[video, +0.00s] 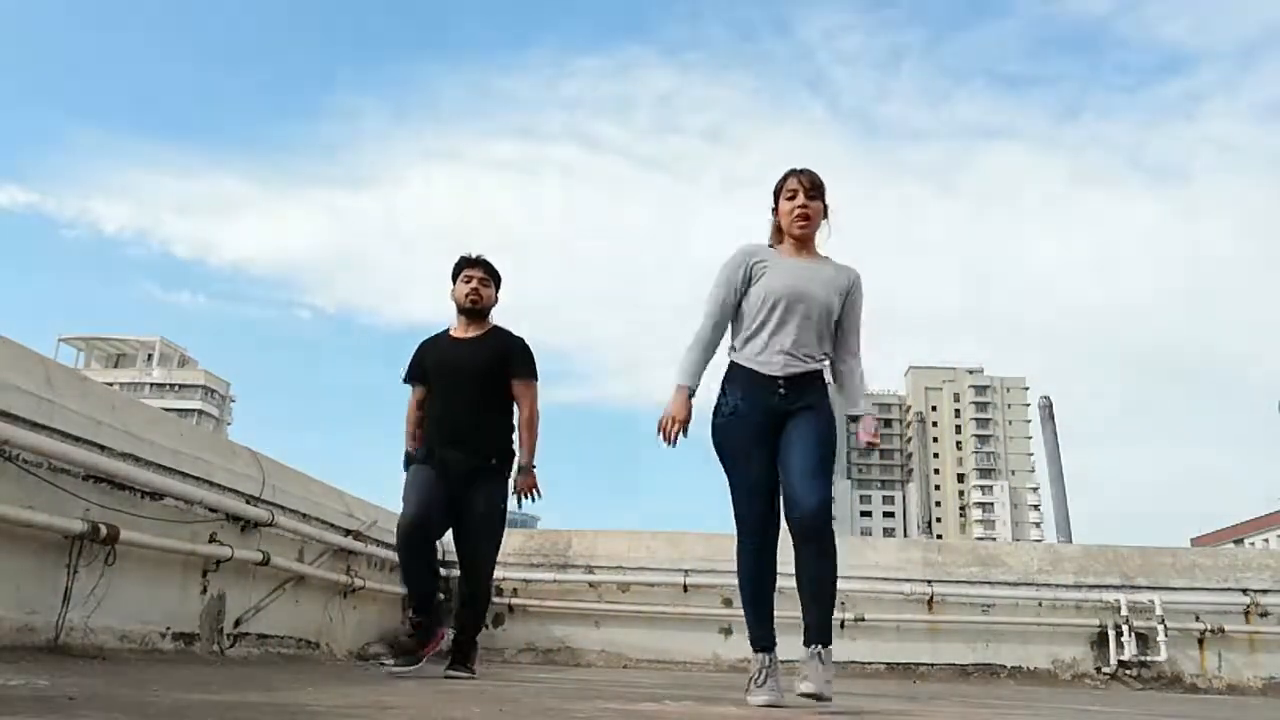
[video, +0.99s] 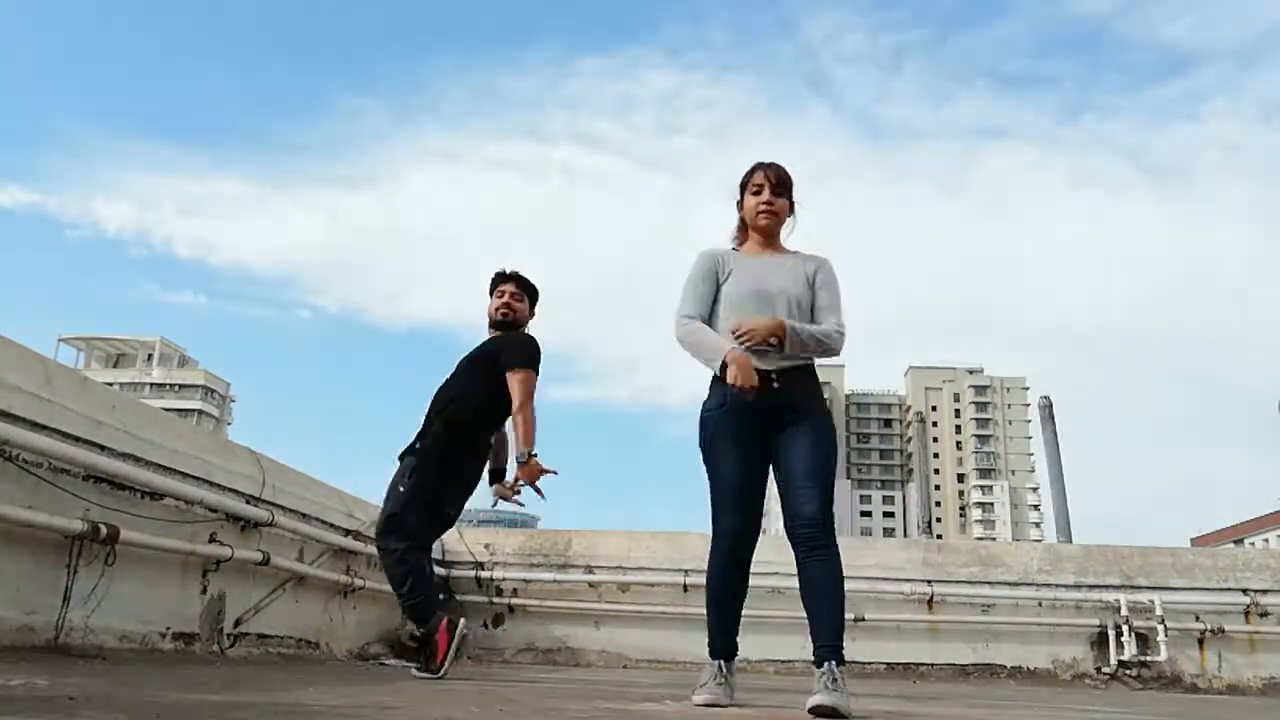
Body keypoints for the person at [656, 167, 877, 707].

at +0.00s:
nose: (802, 203)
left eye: (811, 196)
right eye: (791, 196)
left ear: (824, 210)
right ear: (775, 210)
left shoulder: (844, 278)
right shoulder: (748, 260)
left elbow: (846, 356)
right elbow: (710, 326)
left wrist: (862, 412)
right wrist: (683, 392)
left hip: (810, 402)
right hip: (745, 399)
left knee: (811, 512)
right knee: (756, 529)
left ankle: (818, 653)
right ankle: (763, 661)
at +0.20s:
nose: (808, 197)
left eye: (818, 190)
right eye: (798, 190)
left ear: (835, 205)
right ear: (784, 205)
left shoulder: (858, 274)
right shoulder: (757, 261)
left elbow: (865, 361)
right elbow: (713, 328)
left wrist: (881, 434)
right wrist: (657, 376)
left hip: (812, 404)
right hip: (745, 398)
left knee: (811, 524)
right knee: (754, 533)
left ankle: (825, 669)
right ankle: (764, 660)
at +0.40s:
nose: (801, 181)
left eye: (812, 173)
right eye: (791, 175)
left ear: (829, 189)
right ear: (777, 193)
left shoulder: (860, 247)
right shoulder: (756, 254)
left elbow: (871, 331)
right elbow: (737, 333)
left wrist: (876, 399)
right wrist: (705, 397)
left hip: (834, 386)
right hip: (766, 387)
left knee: (824, 520)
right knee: (729, 522)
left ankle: (826, 671)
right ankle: (749, 642)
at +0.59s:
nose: (786, 171)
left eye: (797, 164)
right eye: (776, 163)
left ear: (814, 179)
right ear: (762, 179)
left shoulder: (844, 229)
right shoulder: (741, 248)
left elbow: (855, 303)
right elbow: (743, 319)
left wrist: (823, 340)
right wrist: (780, 368)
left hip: (838, 383)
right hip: (770, 385)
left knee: (833, 519)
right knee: (742, 514)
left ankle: (832, 668)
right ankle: (733, 646)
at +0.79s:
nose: (777, 188)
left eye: (787, 181)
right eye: (766, 180)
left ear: (801, 198)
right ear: (750, 195)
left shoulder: (829, 251)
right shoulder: (728, 258)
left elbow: (842, 320)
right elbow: (722, 330)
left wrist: (780, 320)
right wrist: (784, 357)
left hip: (831, 399)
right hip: (762, 400)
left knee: (832, 526)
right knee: (743, 530)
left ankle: (835, 670)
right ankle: (720, 666)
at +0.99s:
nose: (767, 198)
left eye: (777, 191)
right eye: (757, 190)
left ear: (790, 206)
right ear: (740, 203)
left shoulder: (815, 267)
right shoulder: (714, 262)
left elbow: (834, 340)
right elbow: (687, 325)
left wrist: (781, 328)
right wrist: (730, 354)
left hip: (801, 405)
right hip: (732, 406)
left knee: (811, 526)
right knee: (733, 533)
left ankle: (829, 671)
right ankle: (719, 667)